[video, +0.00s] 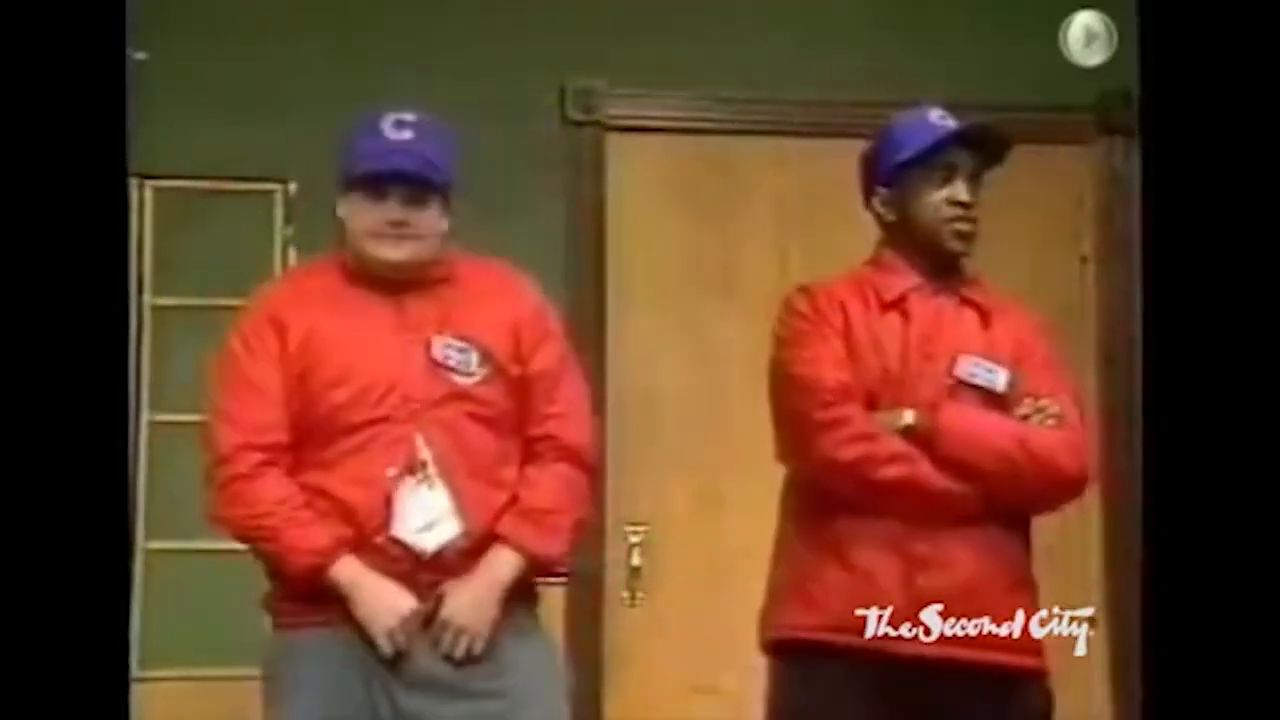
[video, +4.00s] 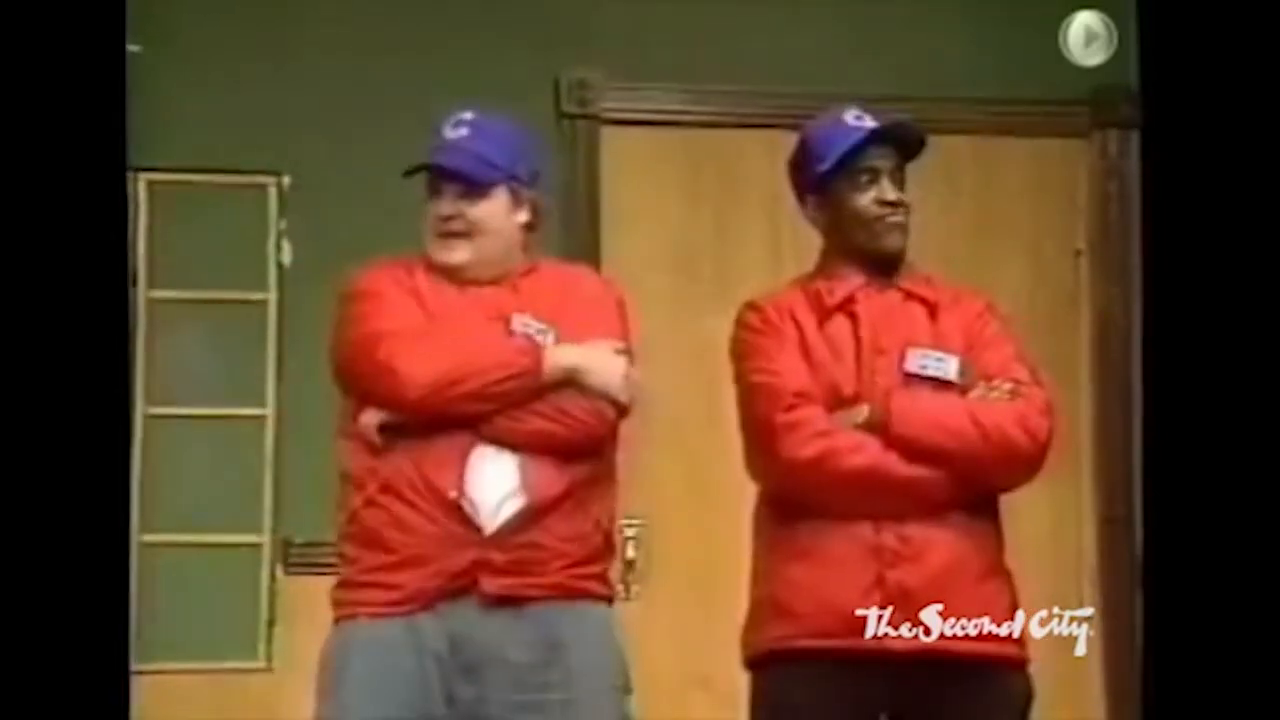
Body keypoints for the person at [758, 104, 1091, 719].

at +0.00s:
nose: (965, 197)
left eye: (972, 181)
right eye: (941, 178)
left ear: (981, 196)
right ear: (885, 201)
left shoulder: (1013, 325)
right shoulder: (821, 309)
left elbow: (1065, 466)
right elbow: (833, 454)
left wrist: (921, 423)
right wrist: (1001, 477)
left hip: (988, 647)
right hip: (839, 643)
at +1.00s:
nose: (881, 198)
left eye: (904, 183)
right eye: (866, 181)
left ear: (933, 207)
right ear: (841, 201)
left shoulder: (989, 322)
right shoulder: (788, 319)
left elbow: (1035, 448)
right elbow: (797, 459)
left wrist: (891, 423)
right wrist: (973, 462)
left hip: (974, 646)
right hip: (825, 646)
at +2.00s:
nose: (852, 199)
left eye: (874, 182)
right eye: (848, 184)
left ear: (934, 202)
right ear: (839, 194)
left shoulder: (1005, 310)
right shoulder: (804, 316)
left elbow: (1002, 440)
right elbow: (785, 462)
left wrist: (870, 351)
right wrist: (953, 453)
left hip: (975, 647)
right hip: (825, 648)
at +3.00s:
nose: (839, 197)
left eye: (861, 178)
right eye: (828, 182)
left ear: (912, 193)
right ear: (817, 194)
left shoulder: (985, 307)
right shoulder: (783, 314)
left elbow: (1017, 437)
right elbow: (784, 456)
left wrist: (897, 374)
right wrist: (954, 457)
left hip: (967, 646)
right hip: (817, 649)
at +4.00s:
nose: (892, 196)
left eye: (898, 180)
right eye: (866, 180)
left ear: (909, 194)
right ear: (817, 203)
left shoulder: (966, 311)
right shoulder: (774, 319)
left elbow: (1023, 436)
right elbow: (791, 455)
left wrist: (880, 416)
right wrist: (965, 465)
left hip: (966, 644)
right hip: (816, 647)